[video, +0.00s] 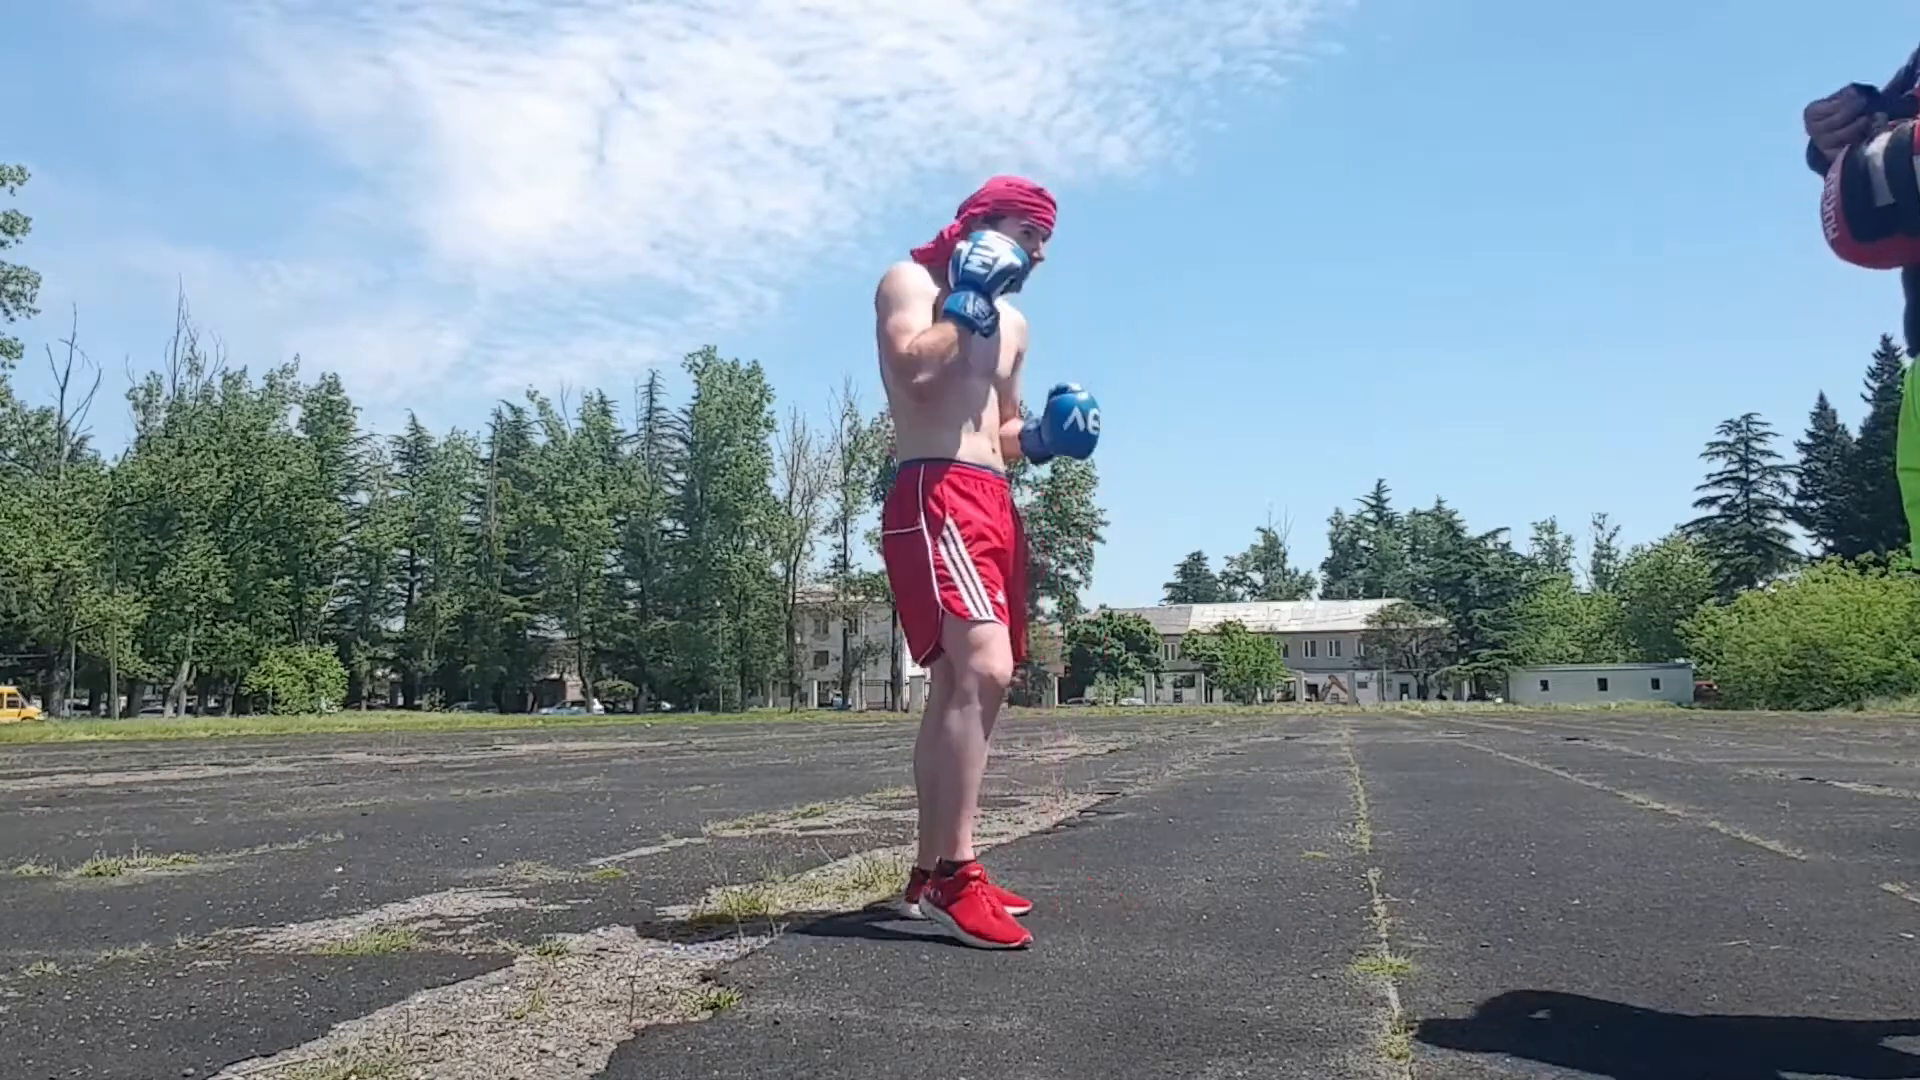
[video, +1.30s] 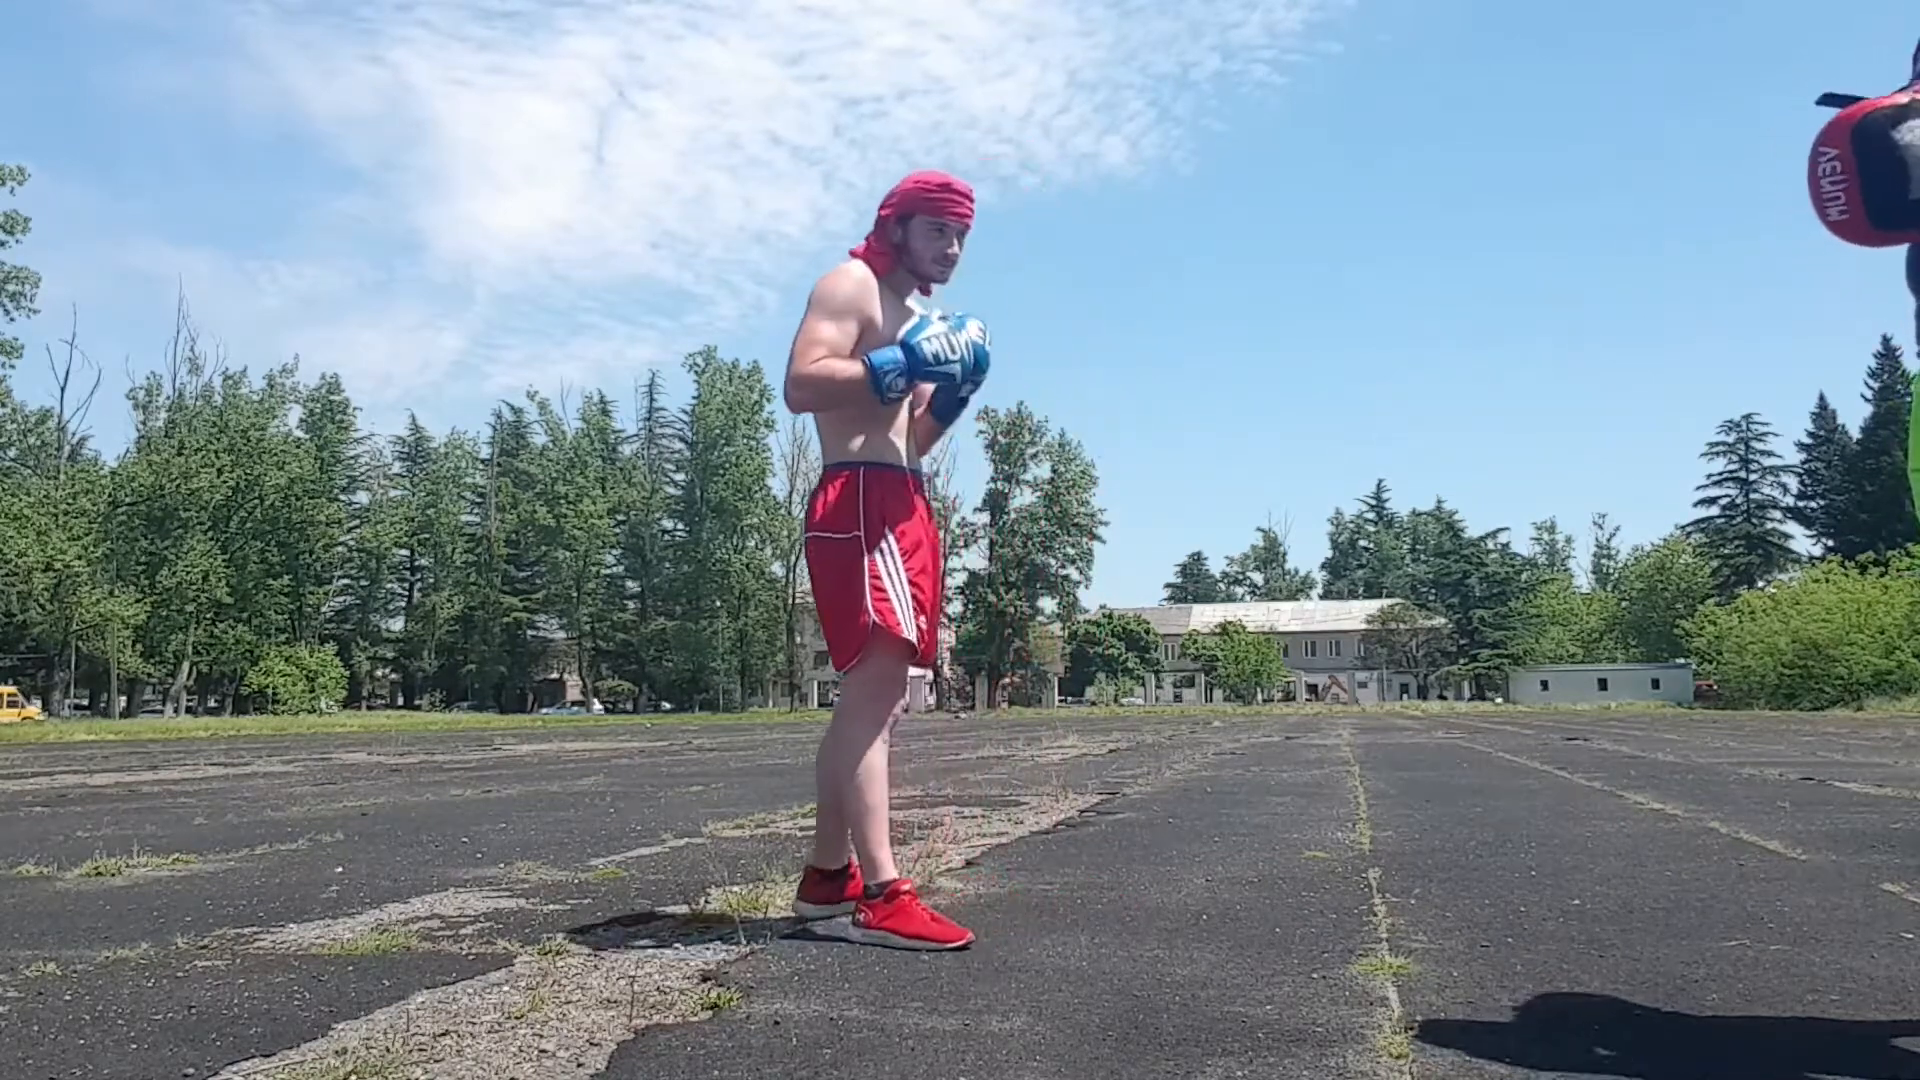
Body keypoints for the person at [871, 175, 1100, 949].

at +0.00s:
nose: (1024, 256)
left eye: (1034, 249)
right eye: (1018, 239)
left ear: (1032, 258)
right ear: (975, 226)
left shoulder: (1012, 325)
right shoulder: (908, 282)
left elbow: (1002, 436)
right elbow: (913, 365)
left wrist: (1045, 435)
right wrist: (970, 306)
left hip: (992, 503)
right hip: (935, 493)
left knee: (960, 687)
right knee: (989, 670)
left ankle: (936, 872)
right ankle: (954, 871)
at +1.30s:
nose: (949, 251)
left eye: (959, 240)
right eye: (938, 233)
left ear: (956, 247)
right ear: (894, 226)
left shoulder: (911, 315)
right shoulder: (851, 282)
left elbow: (908, 445)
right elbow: (801, 385)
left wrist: (951, 400)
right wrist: (896, 367)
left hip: (901, 504)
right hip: (861, 499)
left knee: (877, 694)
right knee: (874, 690)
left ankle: (828, 876)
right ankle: (881, 890)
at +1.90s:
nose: (923, 272)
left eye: (927, 260)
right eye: (913, 258)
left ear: (907, 263)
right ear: (870, 251)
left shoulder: (877, 332)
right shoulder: (826, 289)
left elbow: (884, 457)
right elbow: (765, 370)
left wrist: (917, 375)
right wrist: (852, 384)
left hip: (869, 510)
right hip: (822, 505)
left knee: (845, 699)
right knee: (832, 697)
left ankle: (827, 870)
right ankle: (796, 887)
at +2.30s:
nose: (913, 262)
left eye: (919, 248)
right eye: (903, 246)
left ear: (898, 250)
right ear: (857, 237)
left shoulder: (869, 326)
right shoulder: (801, 288)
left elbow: (863, 441)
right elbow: (746, 386)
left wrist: (896, 418)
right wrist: (844, 393)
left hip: (843, 509)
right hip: (790, 506)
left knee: (849, 693)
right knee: (799, 688)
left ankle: (824, 865)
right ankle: (786, 887)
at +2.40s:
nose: (907, 254)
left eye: (914, 241)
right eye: (895, 239)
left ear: (902, 246)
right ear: (848, 232)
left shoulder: (862, 319)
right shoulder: (799, 288)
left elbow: (849, 436)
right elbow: (745, 386)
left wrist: (890, 418)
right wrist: (846, 390)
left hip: (834, 508)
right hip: (785, 506)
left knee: (850, 693)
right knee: (798, 689)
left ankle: (818, 860)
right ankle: (785, 886)